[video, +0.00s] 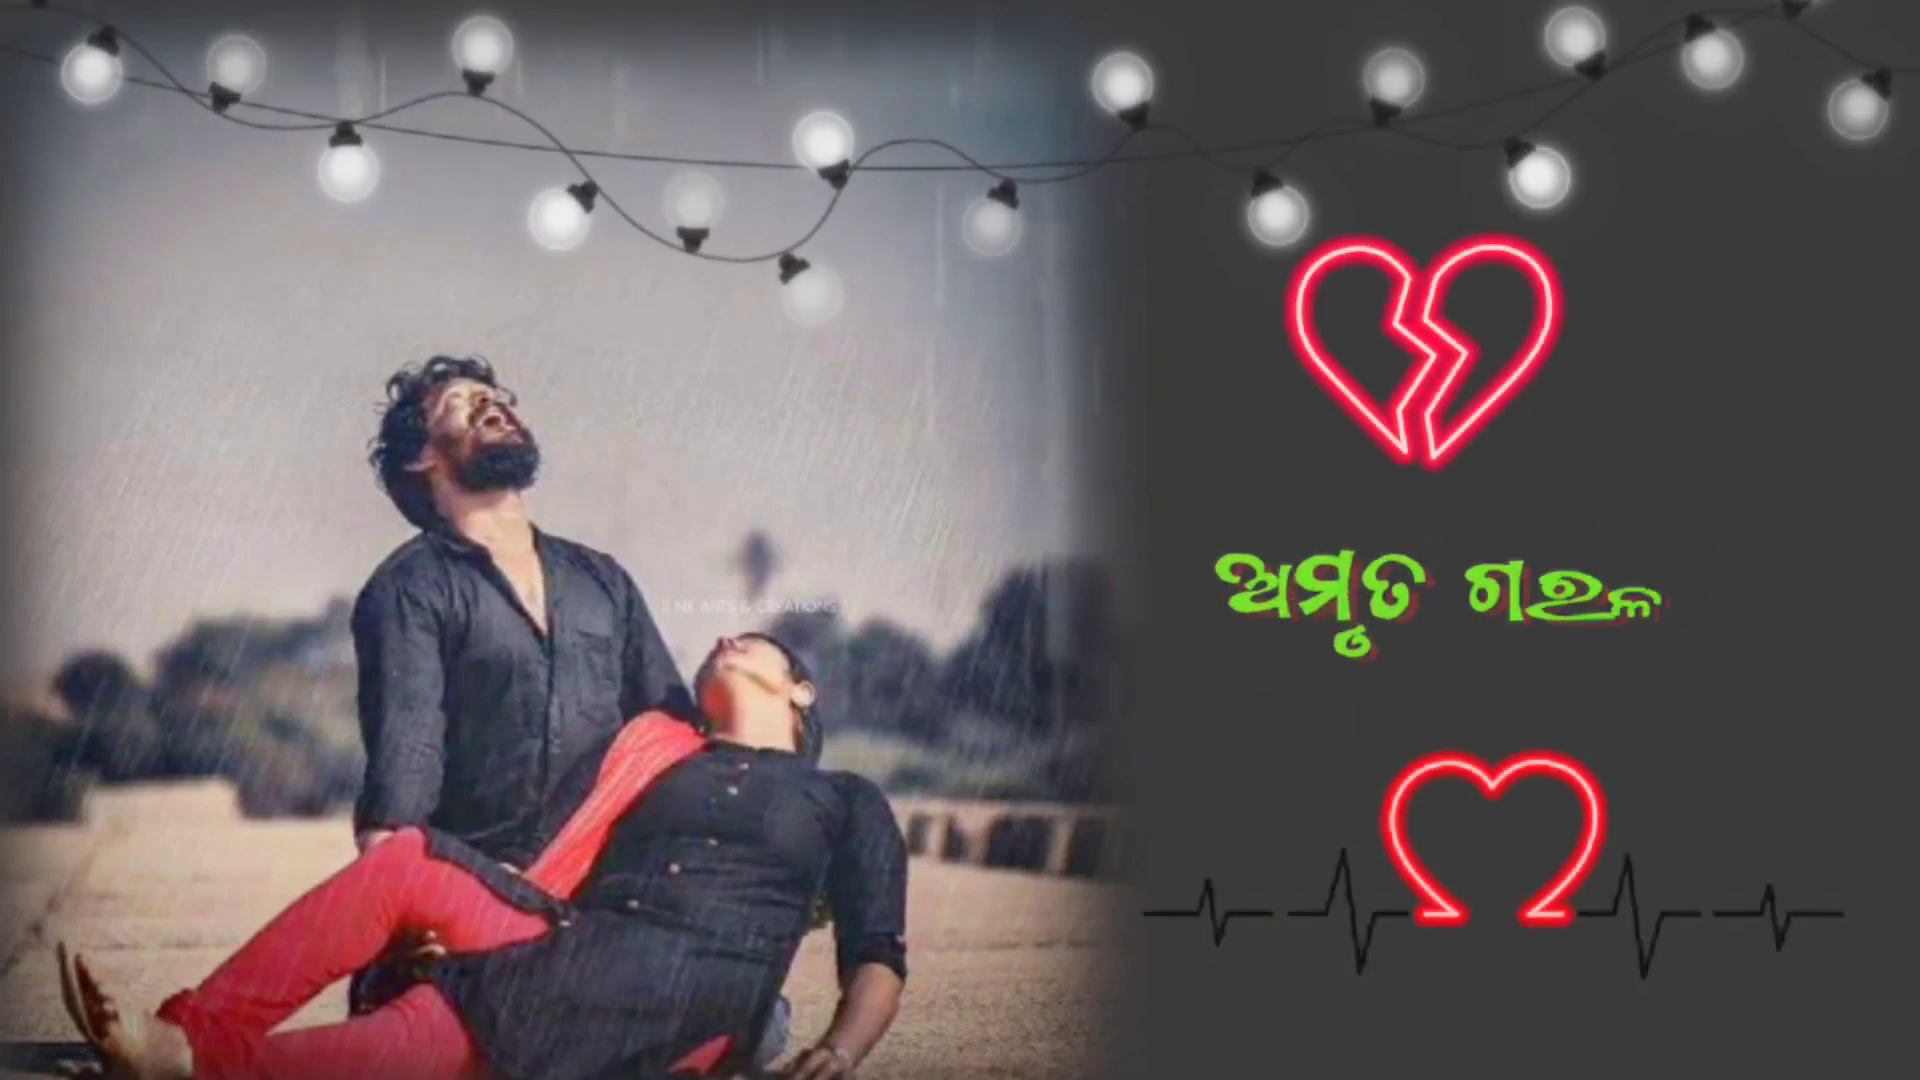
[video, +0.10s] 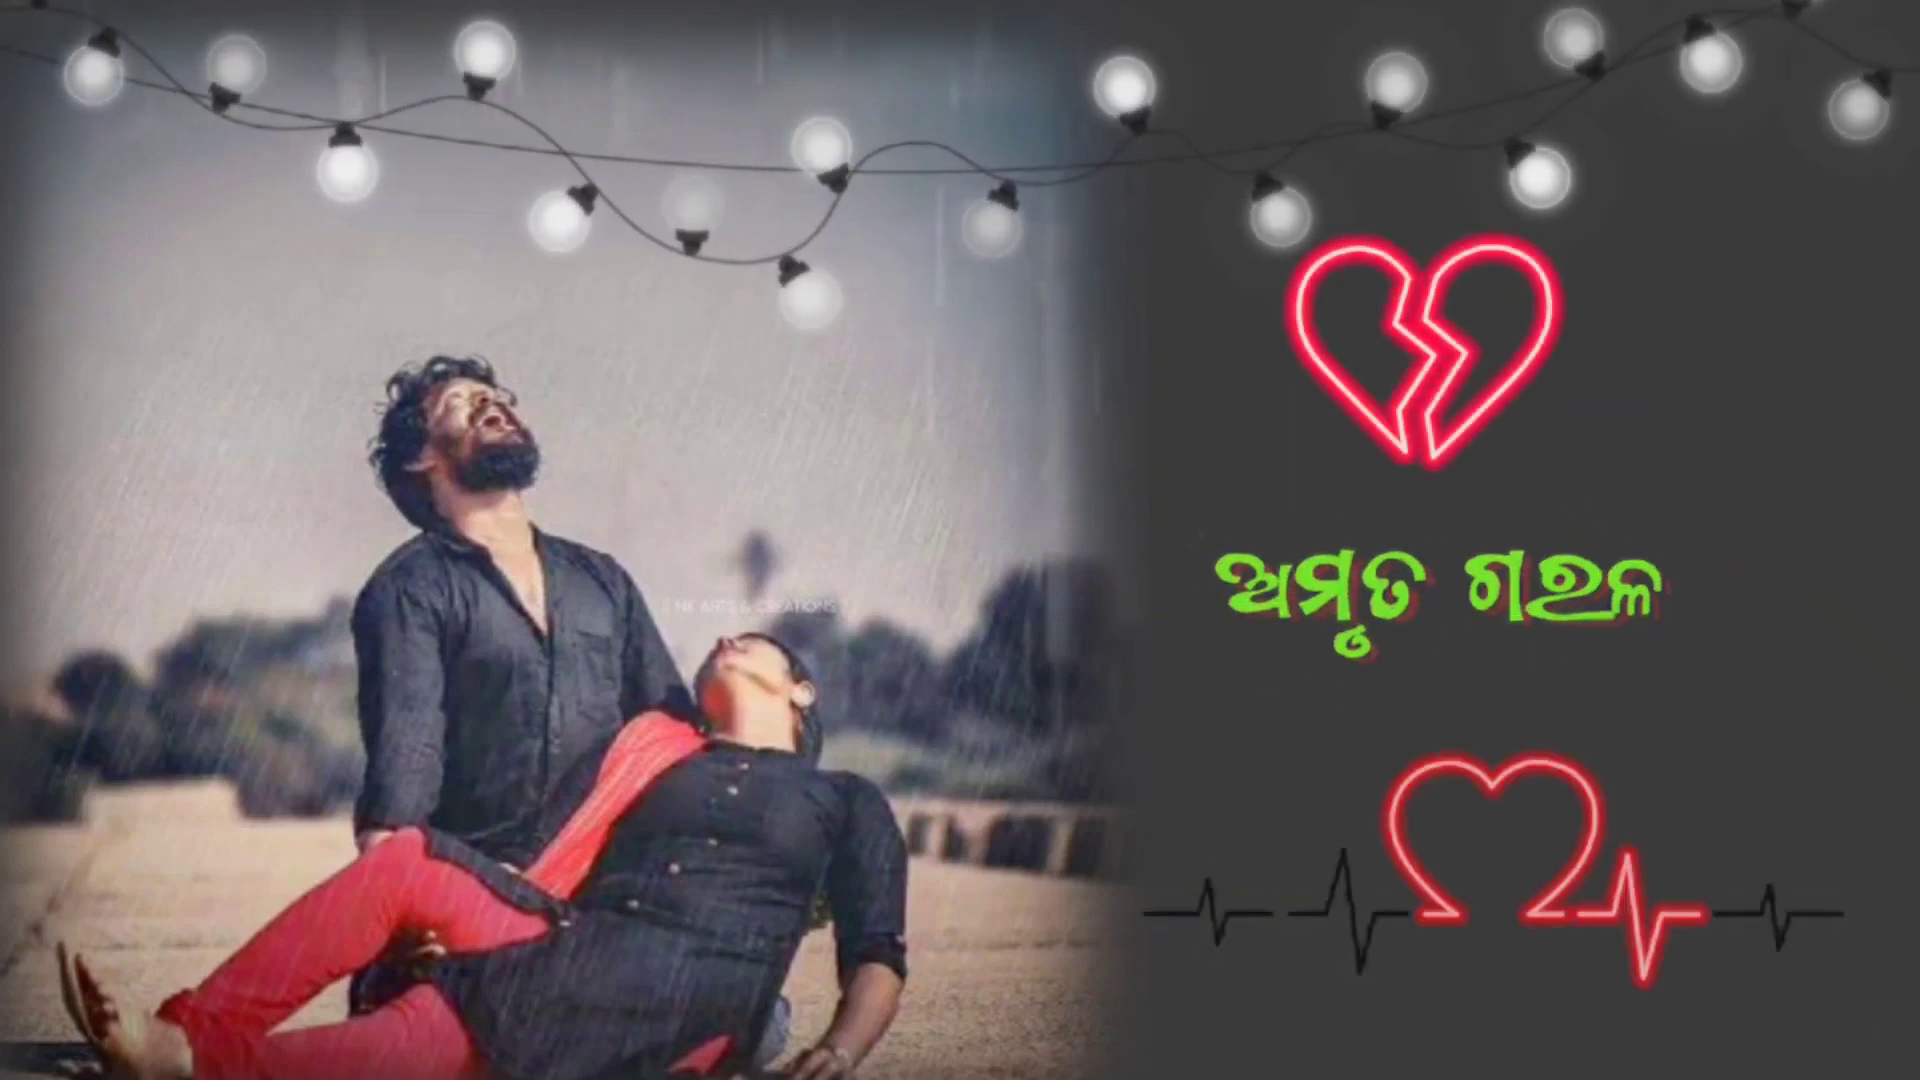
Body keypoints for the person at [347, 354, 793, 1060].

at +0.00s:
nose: (496, 408)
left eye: (502, 401)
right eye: (463, 406)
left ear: (525, 438)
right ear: (421, 462)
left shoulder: (602, 578)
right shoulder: (410, 587)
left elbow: (678, 728)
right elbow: (404, 753)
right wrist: (387, 904)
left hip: (617, 883)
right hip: (462, 890)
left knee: (760, 1022)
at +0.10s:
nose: (496, 408)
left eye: (502, 401)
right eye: (463, 406)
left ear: (525, 438)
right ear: (421, 462)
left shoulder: (602, 578)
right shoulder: (410, 587)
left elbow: (678, 728)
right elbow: (404, 753)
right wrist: (387, 904)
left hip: (617, 883)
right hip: (462, 890)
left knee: (760, 1022)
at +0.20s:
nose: (496, 408)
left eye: (501, 400)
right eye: (463, 406)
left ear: (525, 435)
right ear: (422, 463)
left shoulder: (602, 578)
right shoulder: (411, 587)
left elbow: (678, 728)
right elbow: (404, 755)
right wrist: (387, 905)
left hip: (617, 883)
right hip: (462, 891)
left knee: (761, 1021)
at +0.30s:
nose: (496, 407)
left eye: (501, 400)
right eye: (462, 406)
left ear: (525, 435)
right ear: (422, 463)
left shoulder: (602, 578)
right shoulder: (410, 587)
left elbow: (678, 728)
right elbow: (404, 754)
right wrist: (387, 902)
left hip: (616, 884)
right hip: (461, 891)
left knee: (760, 1021)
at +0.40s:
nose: (496, 407)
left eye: (501, 400)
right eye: (462, 406)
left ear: (525, 435)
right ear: (422, 463)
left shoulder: (602, 578)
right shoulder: (410, 587)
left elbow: (678, 728)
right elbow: (404, 754)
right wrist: (387, 903)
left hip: (616, 884)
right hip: (461, 891)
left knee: (760, 1021)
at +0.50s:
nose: (497, 408)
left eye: (502, 401)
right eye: (463, 406)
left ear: (525, 438)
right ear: (422, 462)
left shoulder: (602, 578)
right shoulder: (410, 588)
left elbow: (678, 728)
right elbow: (404, 753)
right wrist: (388, 901)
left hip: (617, 883)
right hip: (462, 890)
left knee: (761, 1021)